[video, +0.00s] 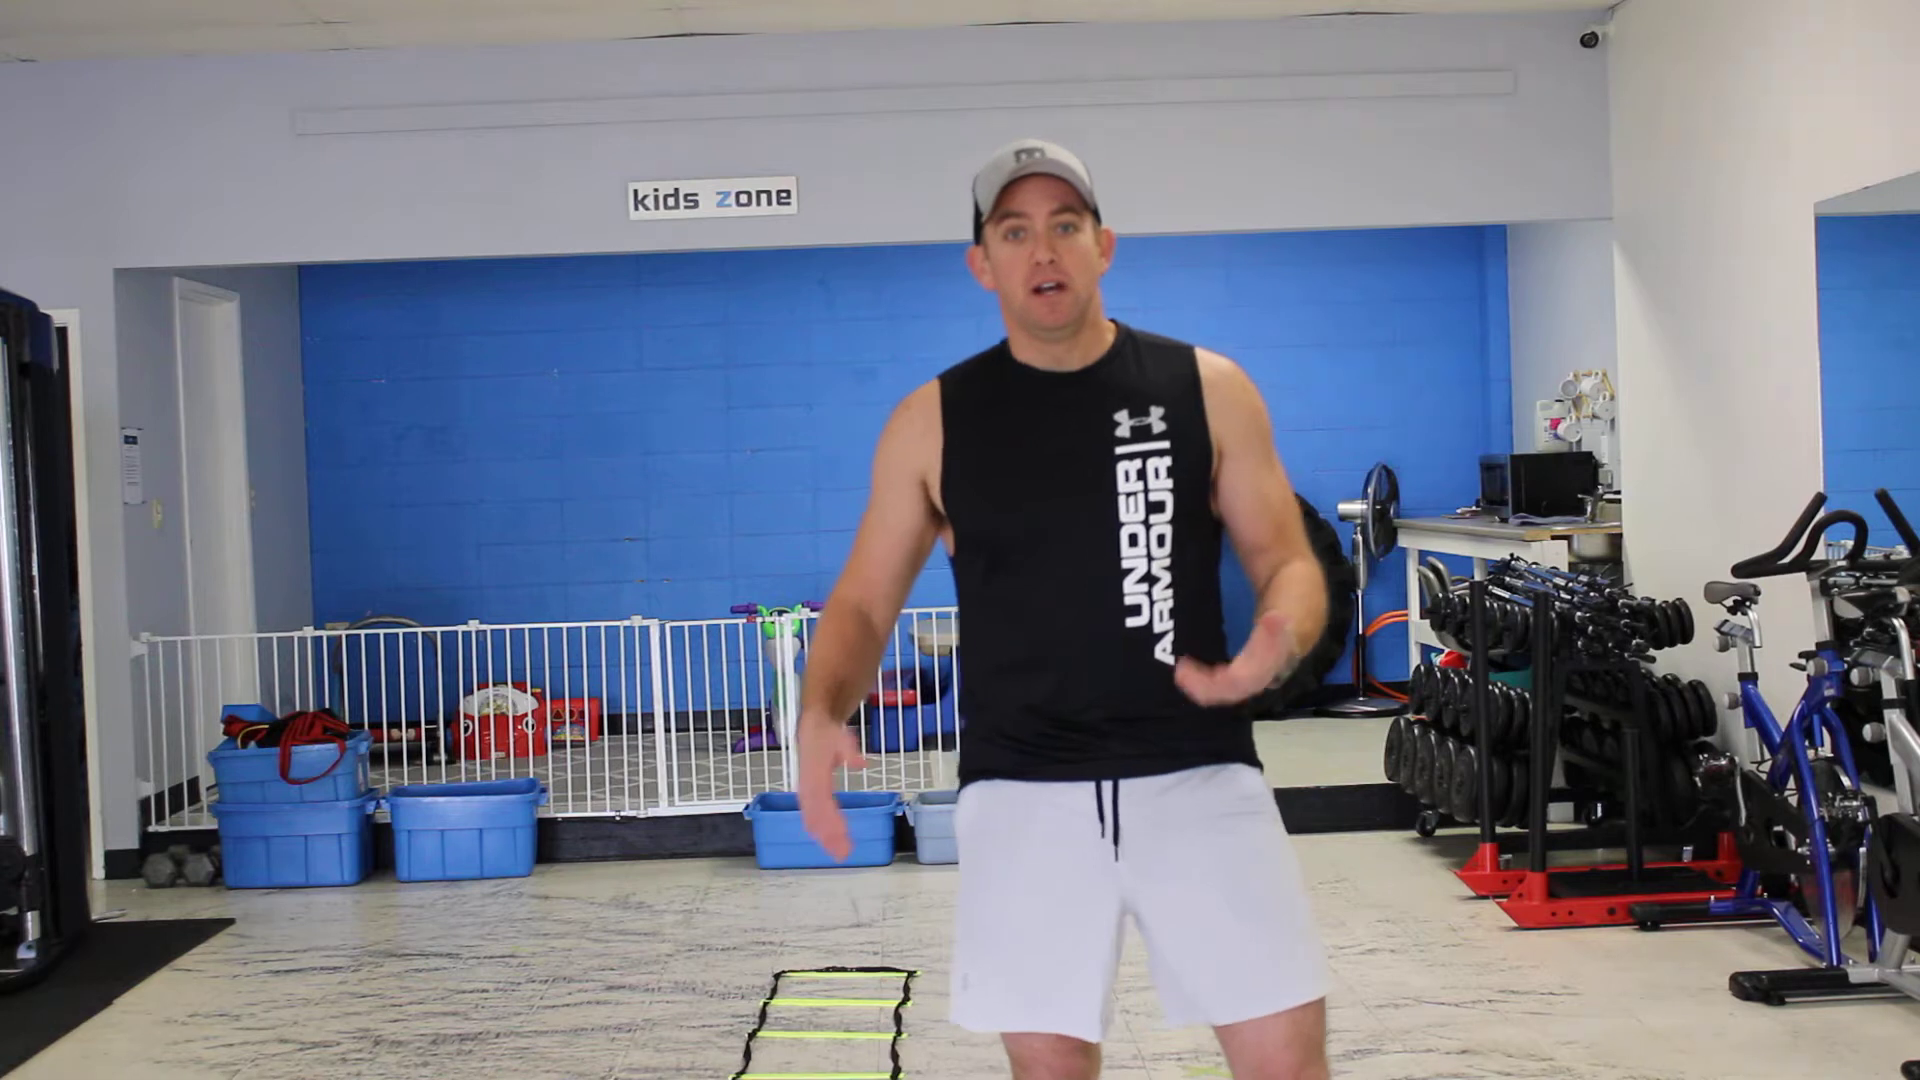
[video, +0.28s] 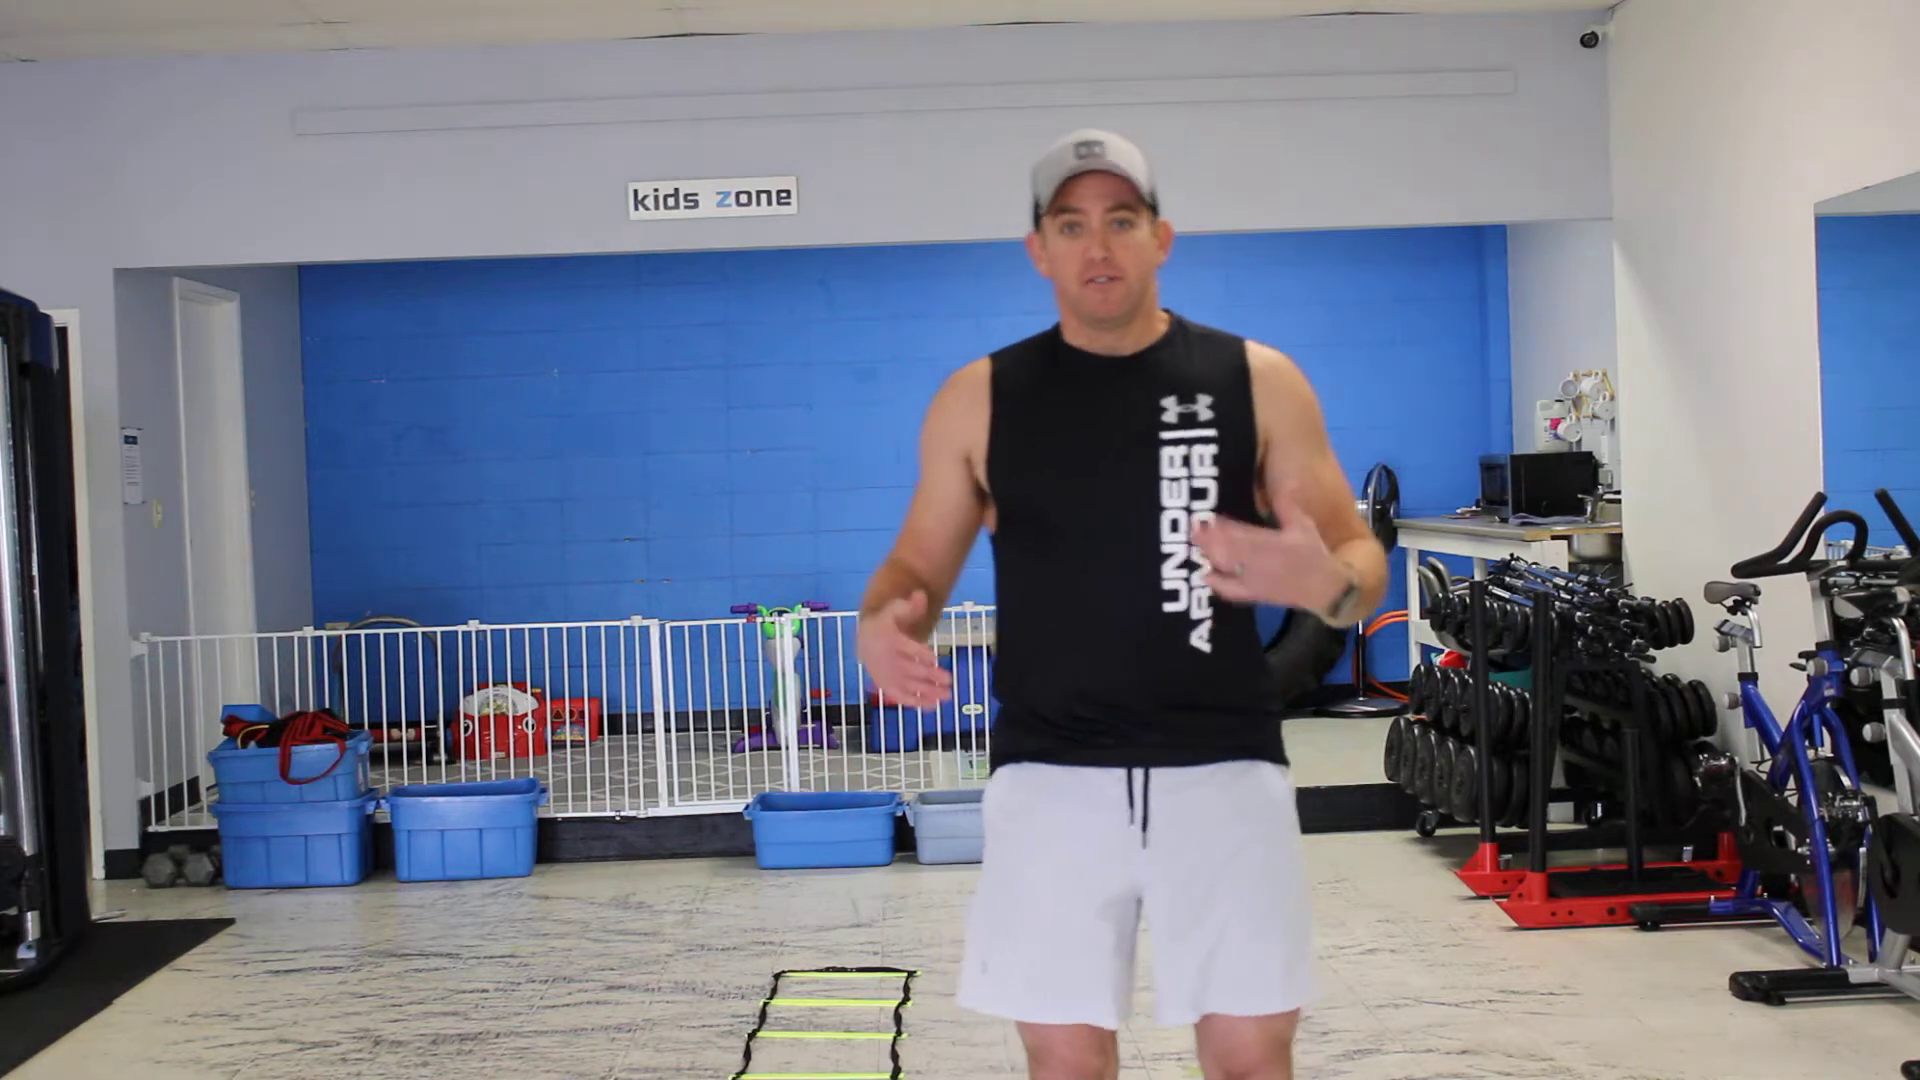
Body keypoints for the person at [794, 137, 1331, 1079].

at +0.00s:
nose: (1044, 249)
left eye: (1066, 225)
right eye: (1015, 231)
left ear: (1104, 247)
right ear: (982, 266)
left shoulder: (1208, 389)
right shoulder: (933, 421)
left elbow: (1287, 563)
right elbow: (863, 605)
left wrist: (1276, 640)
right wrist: (821, 714)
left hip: (1203, 785)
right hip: (1024, 800)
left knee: (1289, 1064)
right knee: (1049, 1066)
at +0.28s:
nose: (1098, 246)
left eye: (1121, 220)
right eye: (1072, 225)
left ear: (1162, 239)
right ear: (1038, 253)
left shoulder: (1258, 381)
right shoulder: (981, 398)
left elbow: (1360, 561)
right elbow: (916, 572)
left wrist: (1326, 582)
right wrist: (884, 626)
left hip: (1226, 777)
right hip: (1050, 785)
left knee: (1250, 1060)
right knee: (1068, 1063)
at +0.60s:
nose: (1142, 255)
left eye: (1168, 230)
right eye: (1118, 230)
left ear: (1207, 248)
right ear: (1084, 248)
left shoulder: (1293, 392)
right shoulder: (1018, 398)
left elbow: (1363, 559)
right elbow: (948, 566)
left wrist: (1328, 614)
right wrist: (931, 635)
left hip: (1246, 776)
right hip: (1070, 779)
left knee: (1260, 1055)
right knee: (1060, 1058)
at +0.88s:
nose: (1105, 263)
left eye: (1130, 238)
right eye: (1080, 238)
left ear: (1166, 258)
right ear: (1042, 259)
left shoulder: (1249, 400)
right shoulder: (975, 412)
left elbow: (1315, 556)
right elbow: (895, 587)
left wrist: (1308, 605)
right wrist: (907, 657)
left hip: (1217, 781)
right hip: (1042, 791)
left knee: (1265, 1059)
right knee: (1045, 1062)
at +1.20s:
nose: (1088, 292)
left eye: (1110, 262)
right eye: (1062, 265)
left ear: (1149, 270)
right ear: (1025, 279)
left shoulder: (1243, 409)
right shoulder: (966, 428)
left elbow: (1333, 594)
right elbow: (892, 597)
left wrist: (1294, 566)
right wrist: (919, 630)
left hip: (1225, 781)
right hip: (1049, 794)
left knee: (1310, 1050)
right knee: (1049, 1062)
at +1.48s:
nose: (1139, 310)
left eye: (1161, 280)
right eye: (1112, 286)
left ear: (1201, 290)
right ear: (1078, 304)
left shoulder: (1299, 425)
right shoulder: (1034, 445)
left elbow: (1397, 616)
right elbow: (977, 598)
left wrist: (1314, 595)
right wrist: (967, 642)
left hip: (1286, 794)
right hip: (1106, 799)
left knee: (1346, 1055)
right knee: (1074, 1060)